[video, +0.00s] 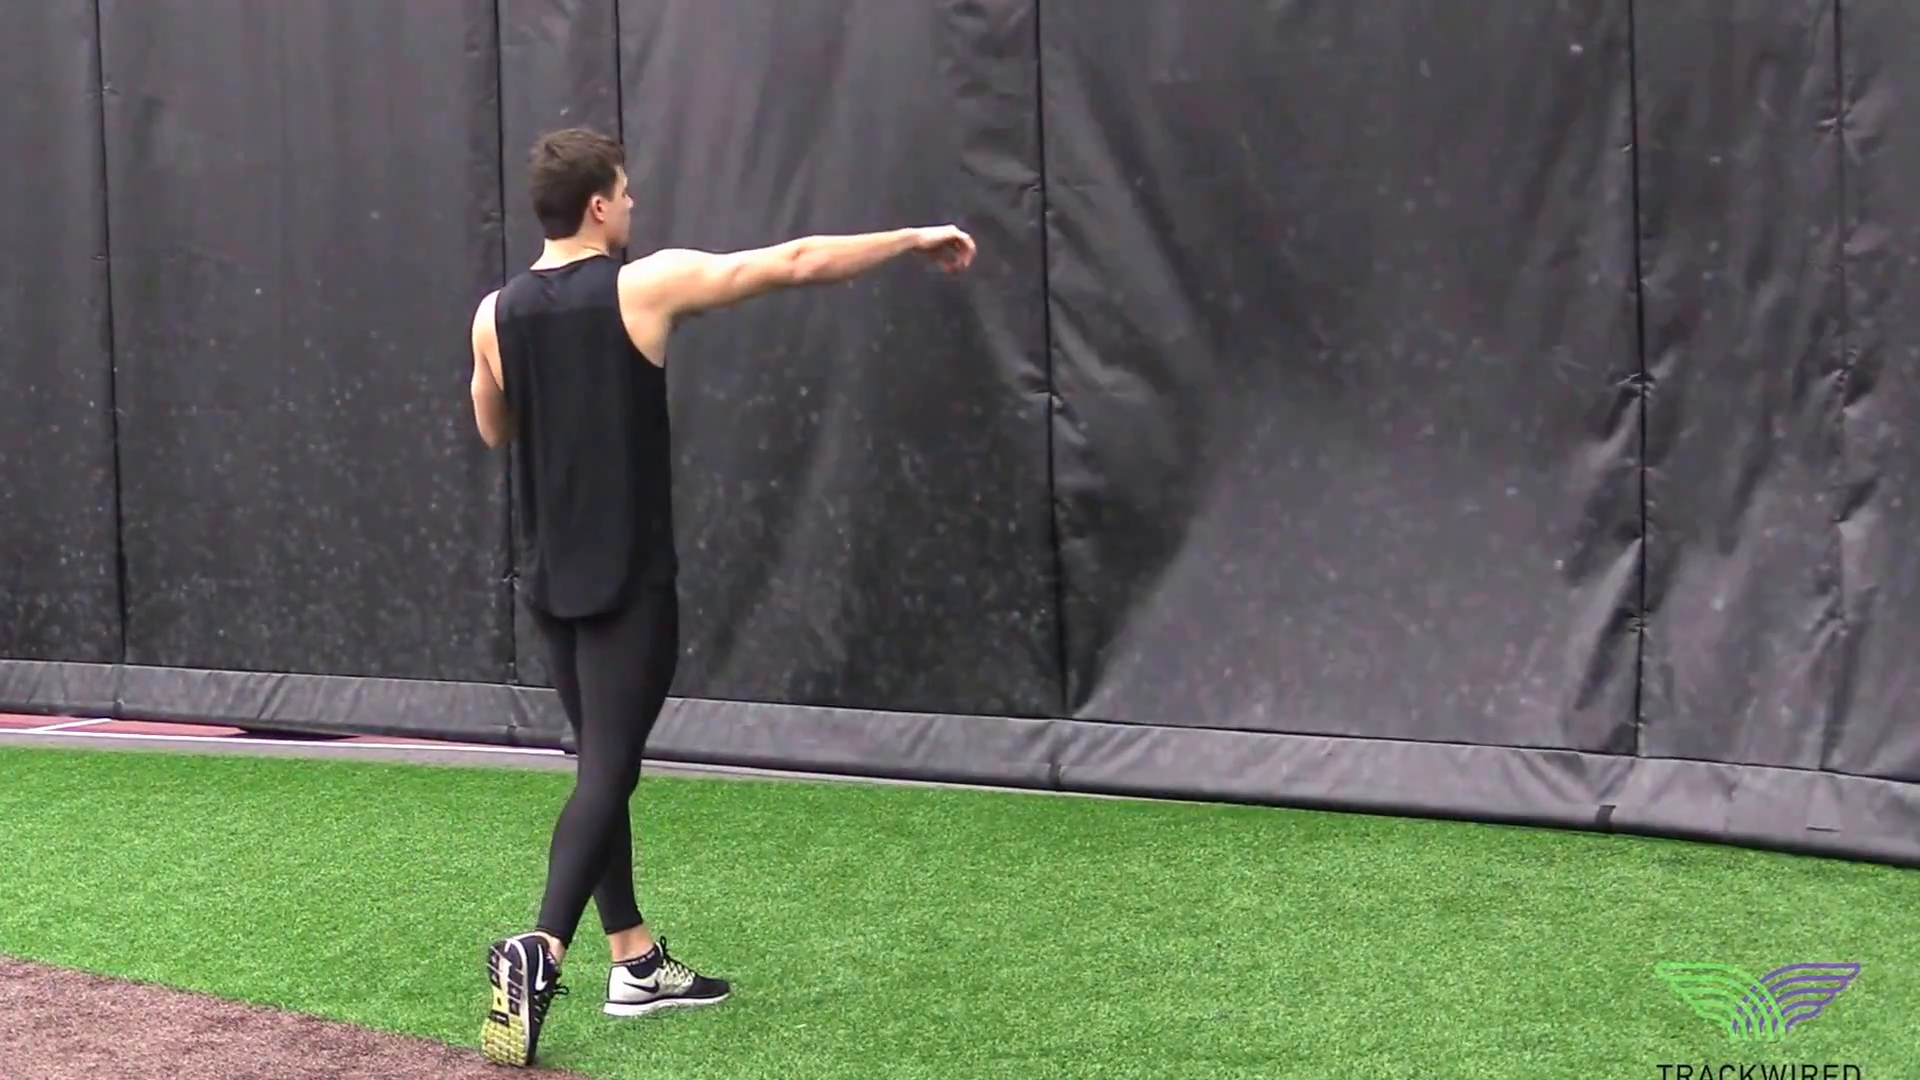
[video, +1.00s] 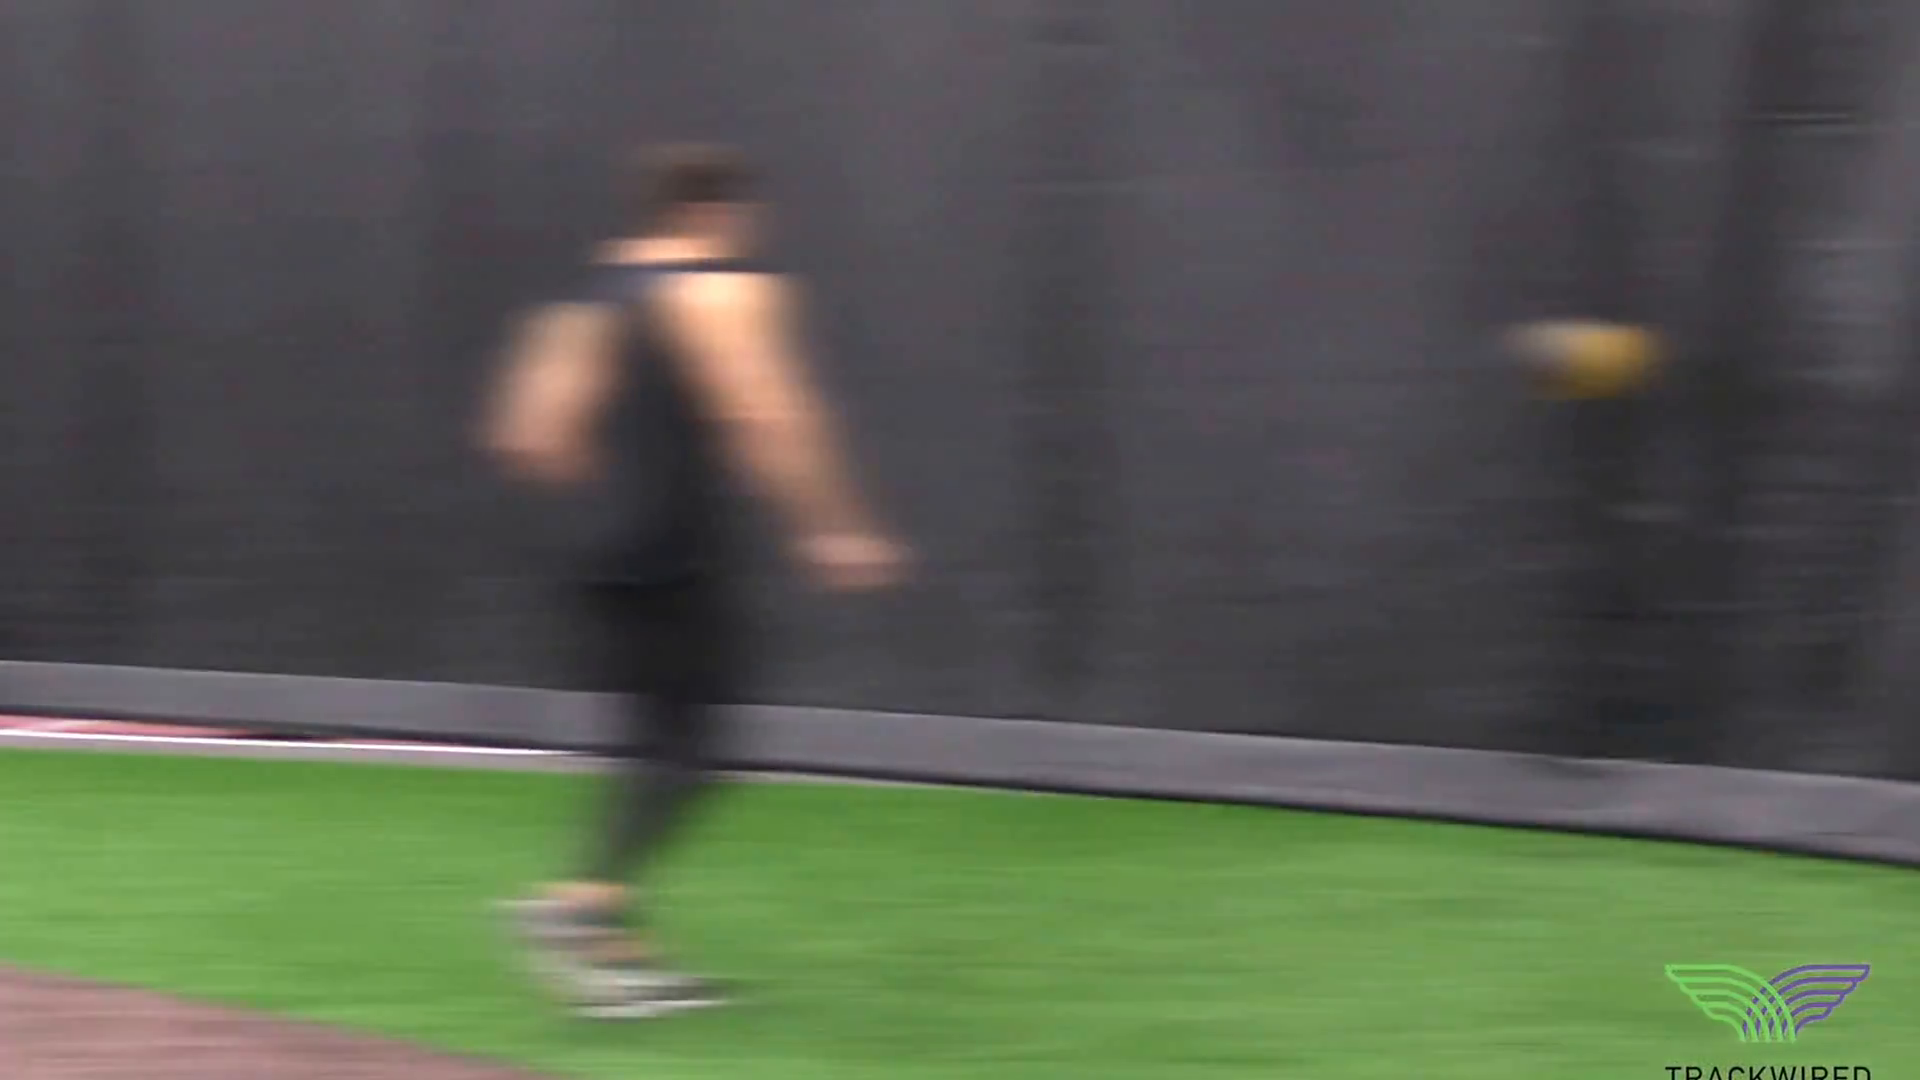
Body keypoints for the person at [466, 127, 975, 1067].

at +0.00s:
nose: (630, 204)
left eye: (624, 189)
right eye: (623, 192)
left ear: (545, 210)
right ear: (600, 206)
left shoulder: (496, 312)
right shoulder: (648, 284)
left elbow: (493, 429)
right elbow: (795, 263)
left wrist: (542, 362)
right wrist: (914, 239)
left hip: (553, 568)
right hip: (631, 566)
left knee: (602, 764)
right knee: (608, 769)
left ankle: (634, 961)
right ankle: (539, 950)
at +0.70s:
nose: (685, 259)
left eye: (682, 243)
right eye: (683, 244)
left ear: (601, 244)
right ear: (659, 244)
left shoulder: (532, 337)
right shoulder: (682, 323)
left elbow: (506, 469)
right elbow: (832, 332)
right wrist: (942, 326)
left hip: (533, 596)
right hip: (606, 597)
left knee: (644, 750)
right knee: (547, 790)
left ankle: (634, 963)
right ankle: (454, 987)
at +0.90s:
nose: (727, 248)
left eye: (723, 232)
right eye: (720, 233)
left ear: (636, 229)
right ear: (693, 229)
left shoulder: (575, 320)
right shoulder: (710, 308)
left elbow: (520, 454)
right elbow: (827, 394)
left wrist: (581, 499)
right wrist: (931, 460)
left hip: (592, 568)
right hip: (655, 570)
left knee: (636, 759)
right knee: (641, 758)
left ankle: (629, 956)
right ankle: (524, 930)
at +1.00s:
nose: (743, 236)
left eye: (739, 220)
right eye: (738, 221)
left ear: (655, 211)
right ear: (720, 215)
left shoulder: (603, 287)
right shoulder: (718, 286)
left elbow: (534, 430)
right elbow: (768, 416)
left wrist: (617, 471)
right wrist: (834, 526)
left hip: (613, 545)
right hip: (684, 549)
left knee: (663, 737)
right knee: (696, 738)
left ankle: (605, 937)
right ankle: (589, 897)